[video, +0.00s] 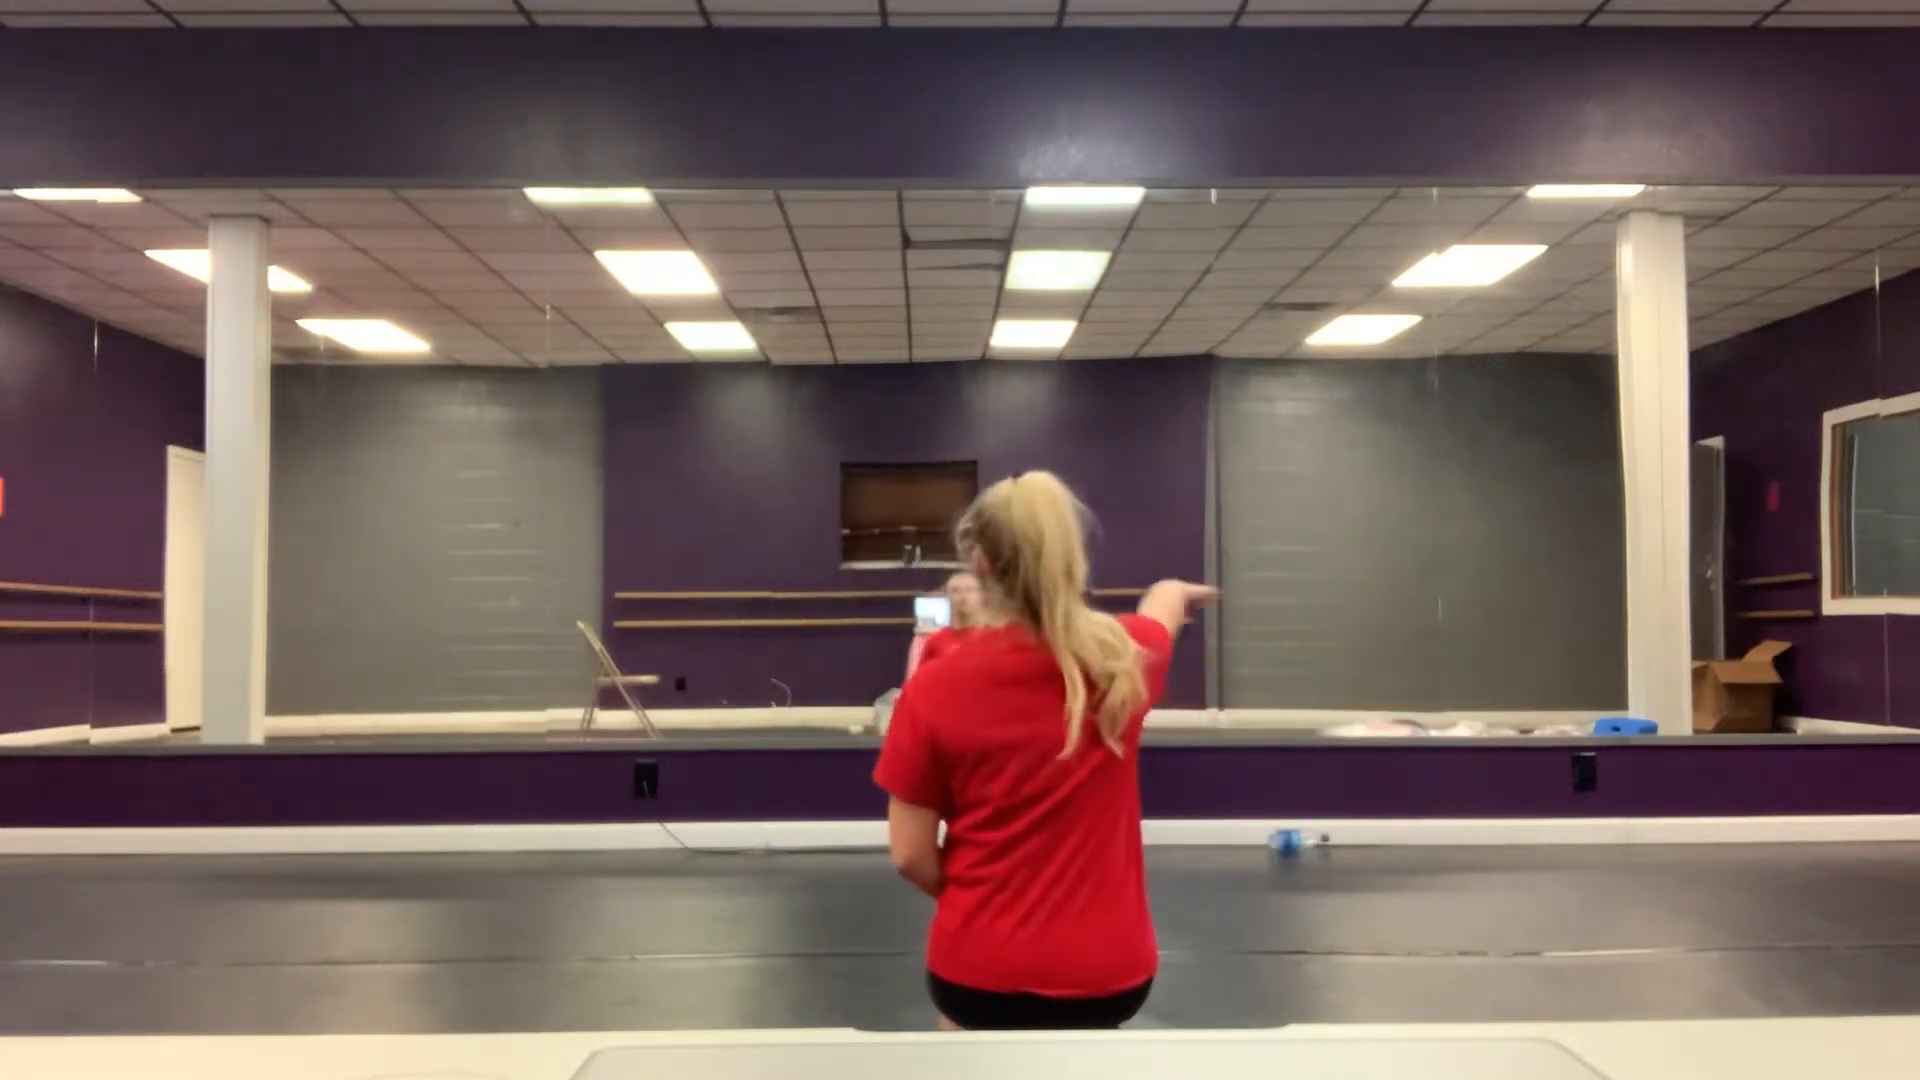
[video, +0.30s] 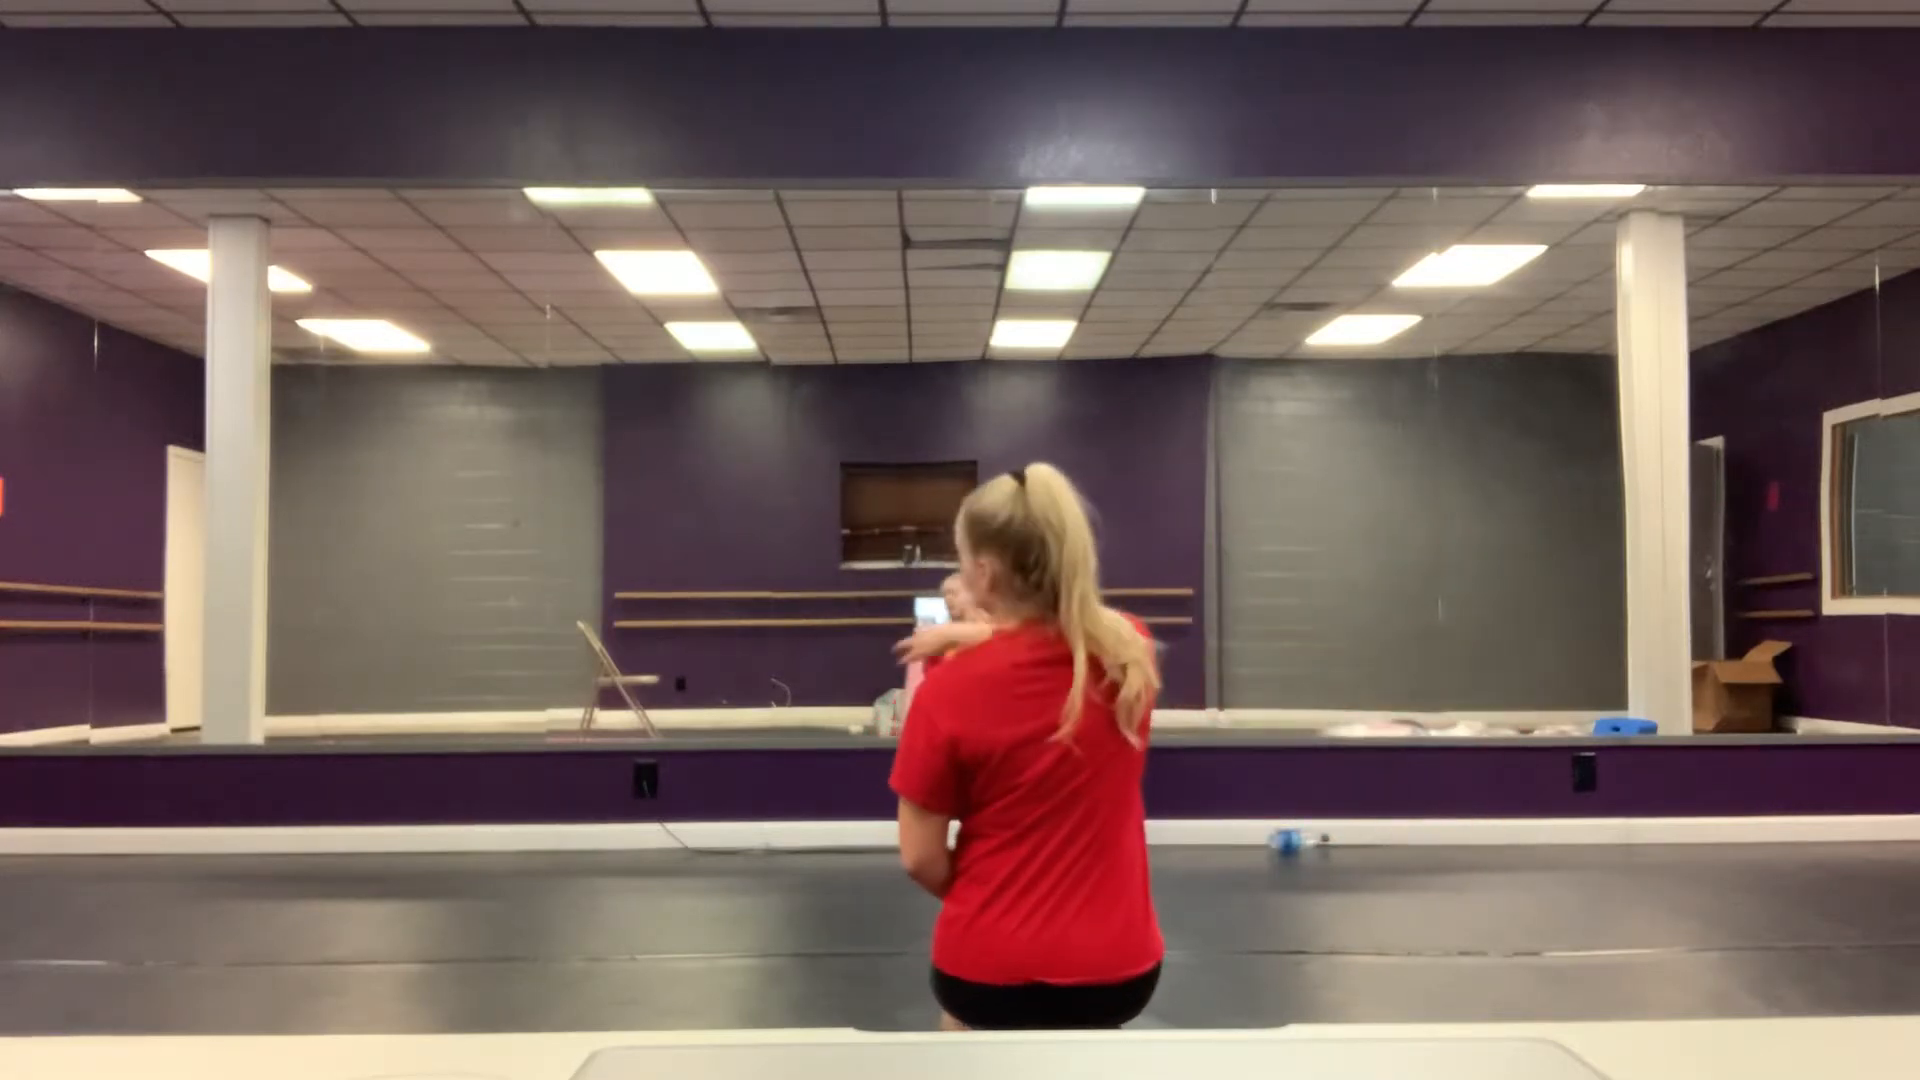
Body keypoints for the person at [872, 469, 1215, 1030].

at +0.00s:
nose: (966, 567)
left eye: (966, 558)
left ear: (983, 563)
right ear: (1071, 556)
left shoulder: (938, 681)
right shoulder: (1118, 658)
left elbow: (911, 853)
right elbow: (1161, 614)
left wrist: (971, 893)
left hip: (982, 979)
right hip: (1112, 977)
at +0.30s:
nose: (959, 572)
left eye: (964, 559)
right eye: (960, 559)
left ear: (987, 572)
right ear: (1068, 559)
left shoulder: (951, 685)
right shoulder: (1129, 647)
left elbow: (921, 856)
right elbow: (1058, 626)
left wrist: (981, 893)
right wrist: (962, 633)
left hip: (992, 972)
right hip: (1118, 968)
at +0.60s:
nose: (944, 599)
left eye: (953, 580)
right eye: (942, 581)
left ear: (1006, 574)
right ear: (1007, 573)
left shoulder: (963, 686)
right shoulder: (1127, 659)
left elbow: (926, 857)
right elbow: (1013, 729)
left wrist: (975, 889)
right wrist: (871, 782)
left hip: (995, 978)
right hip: (1119, 974)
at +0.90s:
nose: (947, 621)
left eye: (949, 601)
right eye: (940, 605)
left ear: (999, 578)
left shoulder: (967, 685)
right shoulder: (1133, 663)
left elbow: (925, 858)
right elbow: (1076, 812)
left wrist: (972, 884)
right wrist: (946, 888)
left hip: (995, 982)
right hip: (1120, 978)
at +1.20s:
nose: (956, 569)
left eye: (953, 548)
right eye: (949, 552)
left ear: (983, 523)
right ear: (1051, 514)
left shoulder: (954, 629)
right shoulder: (1136, 603)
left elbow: (940, 795)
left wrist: (977, 851)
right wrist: (951, 824)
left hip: (996, 901)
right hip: (1114, 901)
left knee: (979, 1010)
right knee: (1079, 1005)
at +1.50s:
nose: (979, 448)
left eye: (983, 438)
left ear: (995, 450)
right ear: (1075, 441)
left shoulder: (941, 566)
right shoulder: (1121, 532)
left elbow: (924, 724)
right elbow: (1092, 448)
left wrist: (968, 790)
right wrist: (975, 448)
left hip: (987, 815)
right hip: (1101, 813)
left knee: (985, 981)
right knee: (1073, 980)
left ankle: (1002, 1040)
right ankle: (1093, 1040)